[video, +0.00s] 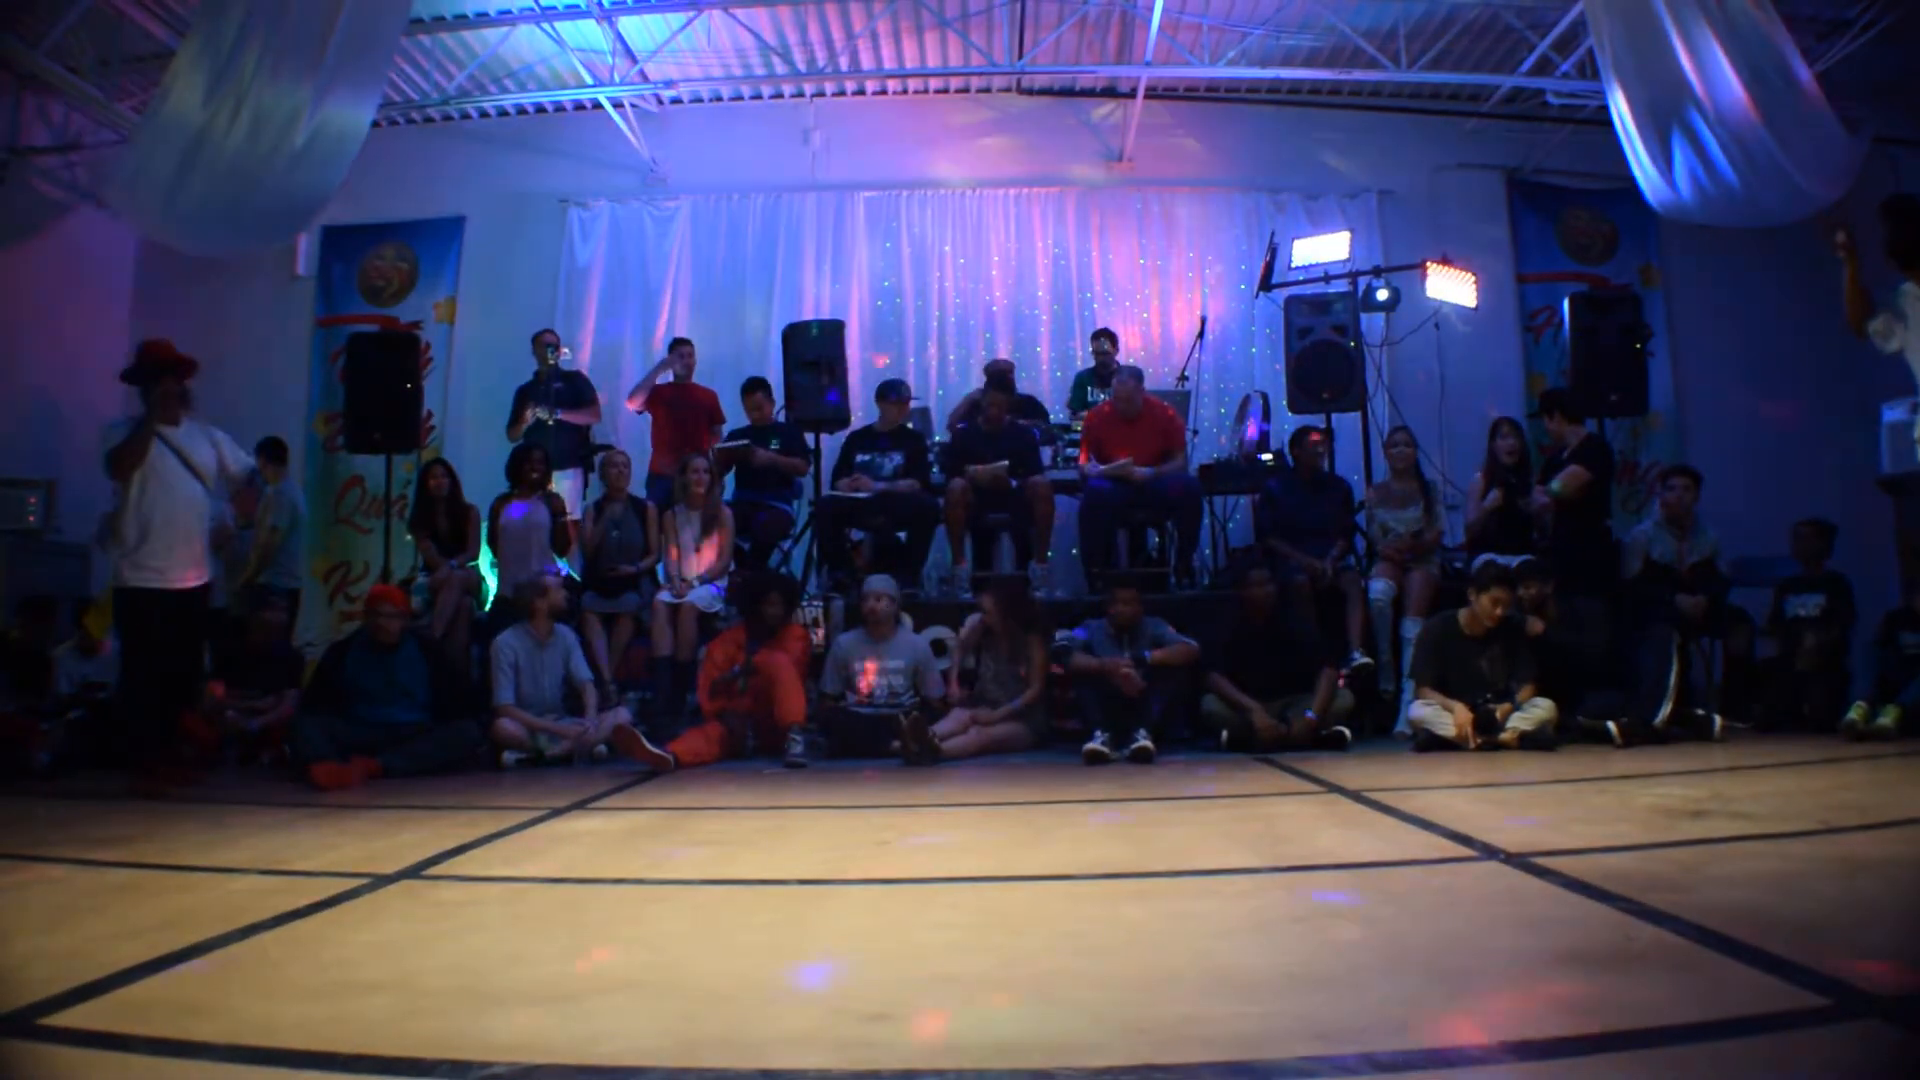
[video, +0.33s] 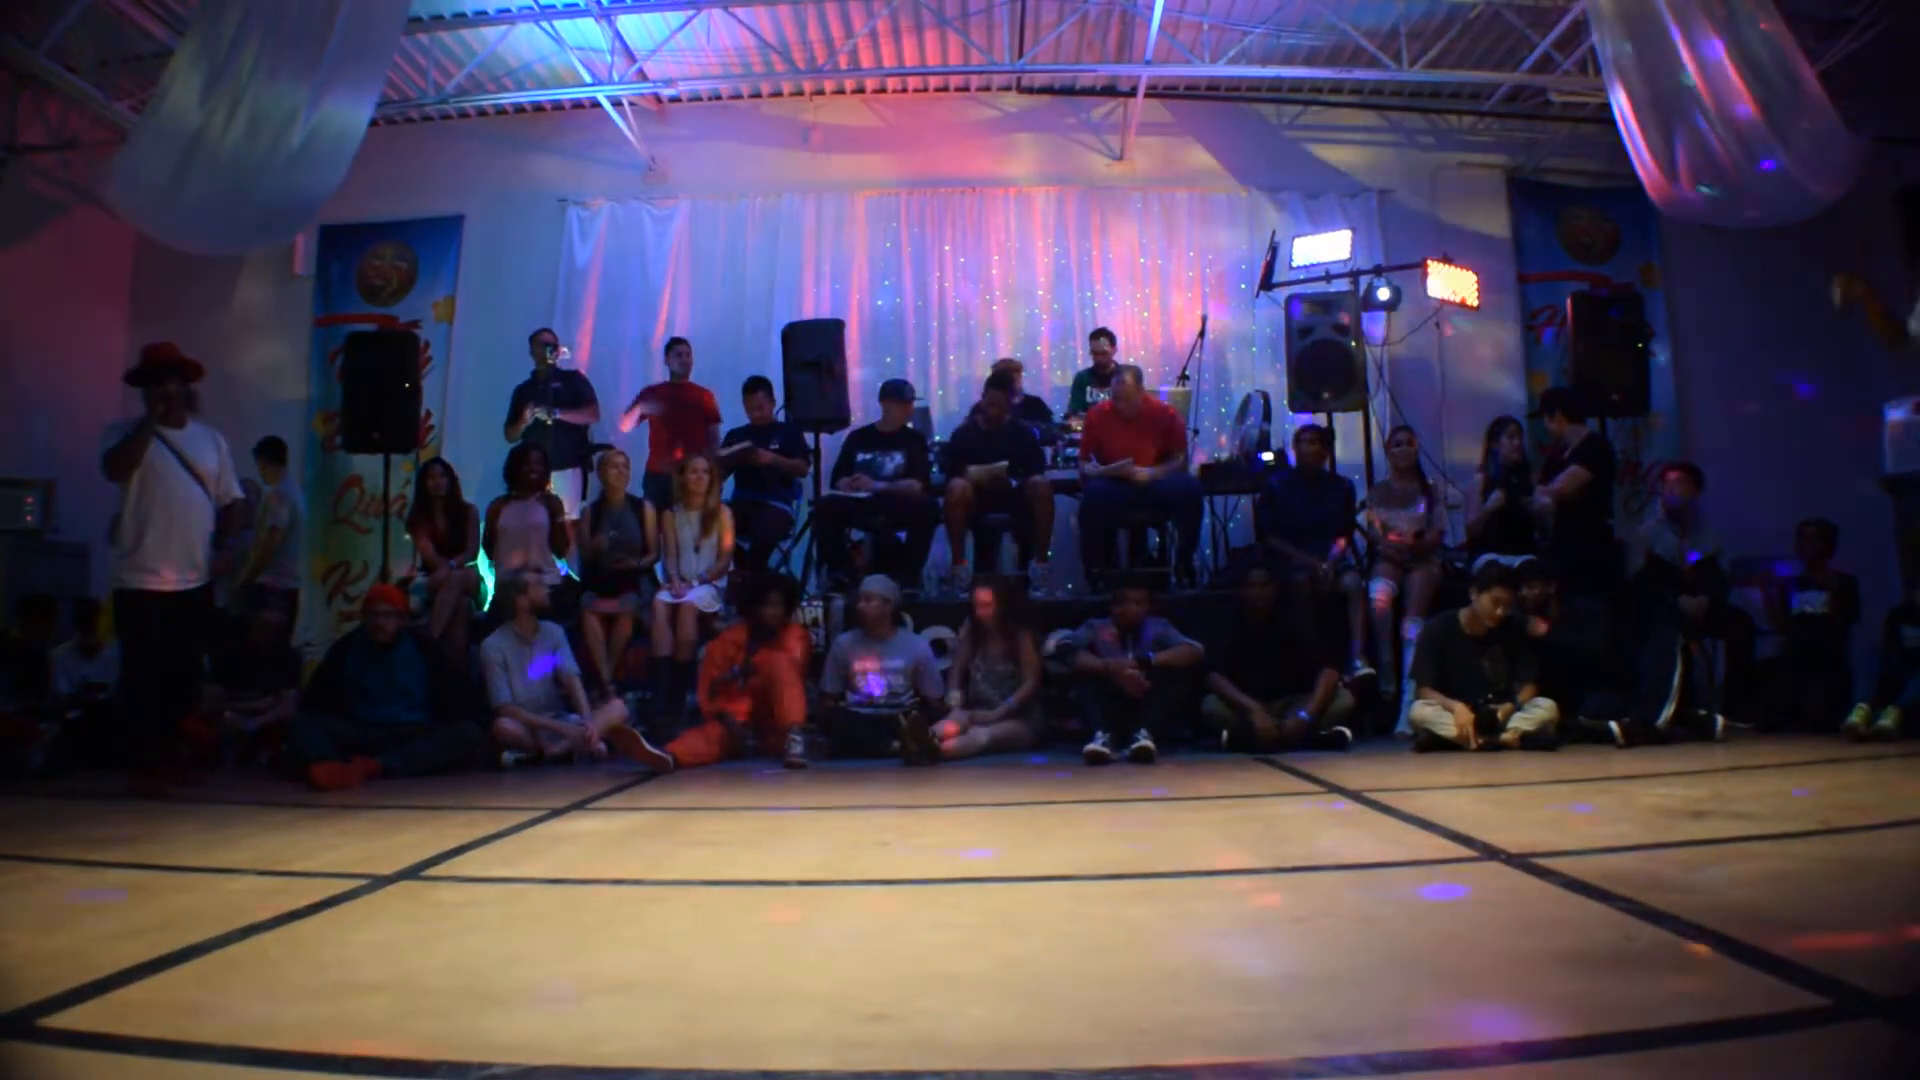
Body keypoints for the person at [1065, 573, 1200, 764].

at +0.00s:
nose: (1124, 610)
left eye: (1129, 604)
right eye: (1119, 604)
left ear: (1139, 607)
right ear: (1110, 608)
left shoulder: (1153, 628)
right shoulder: (1094, 630)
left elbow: (1190, 650)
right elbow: (1063, 653)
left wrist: (1143, 660)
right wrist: (1112, 668)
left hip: (1145, 700)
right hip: (1106, 700)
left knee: (1168, 672)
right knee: (1088, 673)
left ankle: (1143, 734)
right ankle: (1100, 734)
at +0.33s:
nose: (1131, 609)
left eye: (1138, 603)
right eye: (1125, 603)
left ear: (1147, 607)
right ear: (1114, 607)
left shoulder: (1156, 628)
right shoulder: (1097, 629)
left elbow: (1194, 651)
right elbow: (1067, 652)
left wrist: (1145, 662)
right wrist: (1114, 670)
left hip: (1148, 700)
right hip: (1109, 700)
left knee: (1172, 672)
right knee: (1089, 674)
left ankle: (1144, 734)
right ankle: (1101, 734)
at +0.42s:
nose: (1151, 610)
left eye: (1154, 604)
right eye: (1144, 604)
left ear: (1157, 606)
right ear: (1124, 607)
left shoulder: (1158, 629)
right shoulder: (1098, 629)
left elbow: (1194, 651)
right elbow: (1067, 650)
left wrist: (1146, 661)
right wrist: (1114, 669)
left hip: (1148, 702)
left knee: (1173, 670)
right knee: (1088, 672)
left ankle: (1144, 733)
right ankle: (1101, 734)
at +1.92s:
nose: (1134, 606)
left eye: (1134, 600)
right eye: (1126, 601)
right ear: (1107, 609)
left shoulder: (1145, 626)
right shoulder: (1088, 632)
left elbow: (1185, 647)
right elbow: (1059, 654)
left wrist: (1137, 659)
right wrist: (1107, 669)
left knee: (1163, 669)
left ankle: (1143, 733)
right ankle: (1099, 733)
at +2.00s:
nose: (1133, 606)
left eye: (1132, 600)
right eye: (1125, 601)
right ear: (1105, 610)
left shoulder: (1143, 627)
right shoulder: (1086, 633)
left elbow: (1185, 647)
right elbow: (1053, 652)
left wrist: (1136, 659)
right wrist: (1105, 668)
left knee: (1160, 668)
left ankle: (1142, 734)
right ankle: (1099, 734)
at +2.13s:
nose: (1131, 606)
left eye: (1130, 599)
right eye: (1123, 600)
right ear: (1104, 609)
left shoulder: (1141, 631)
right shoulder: (1085, 635)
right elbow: (1069, 662)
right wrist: (1109, 668)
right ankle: (1092, 734)